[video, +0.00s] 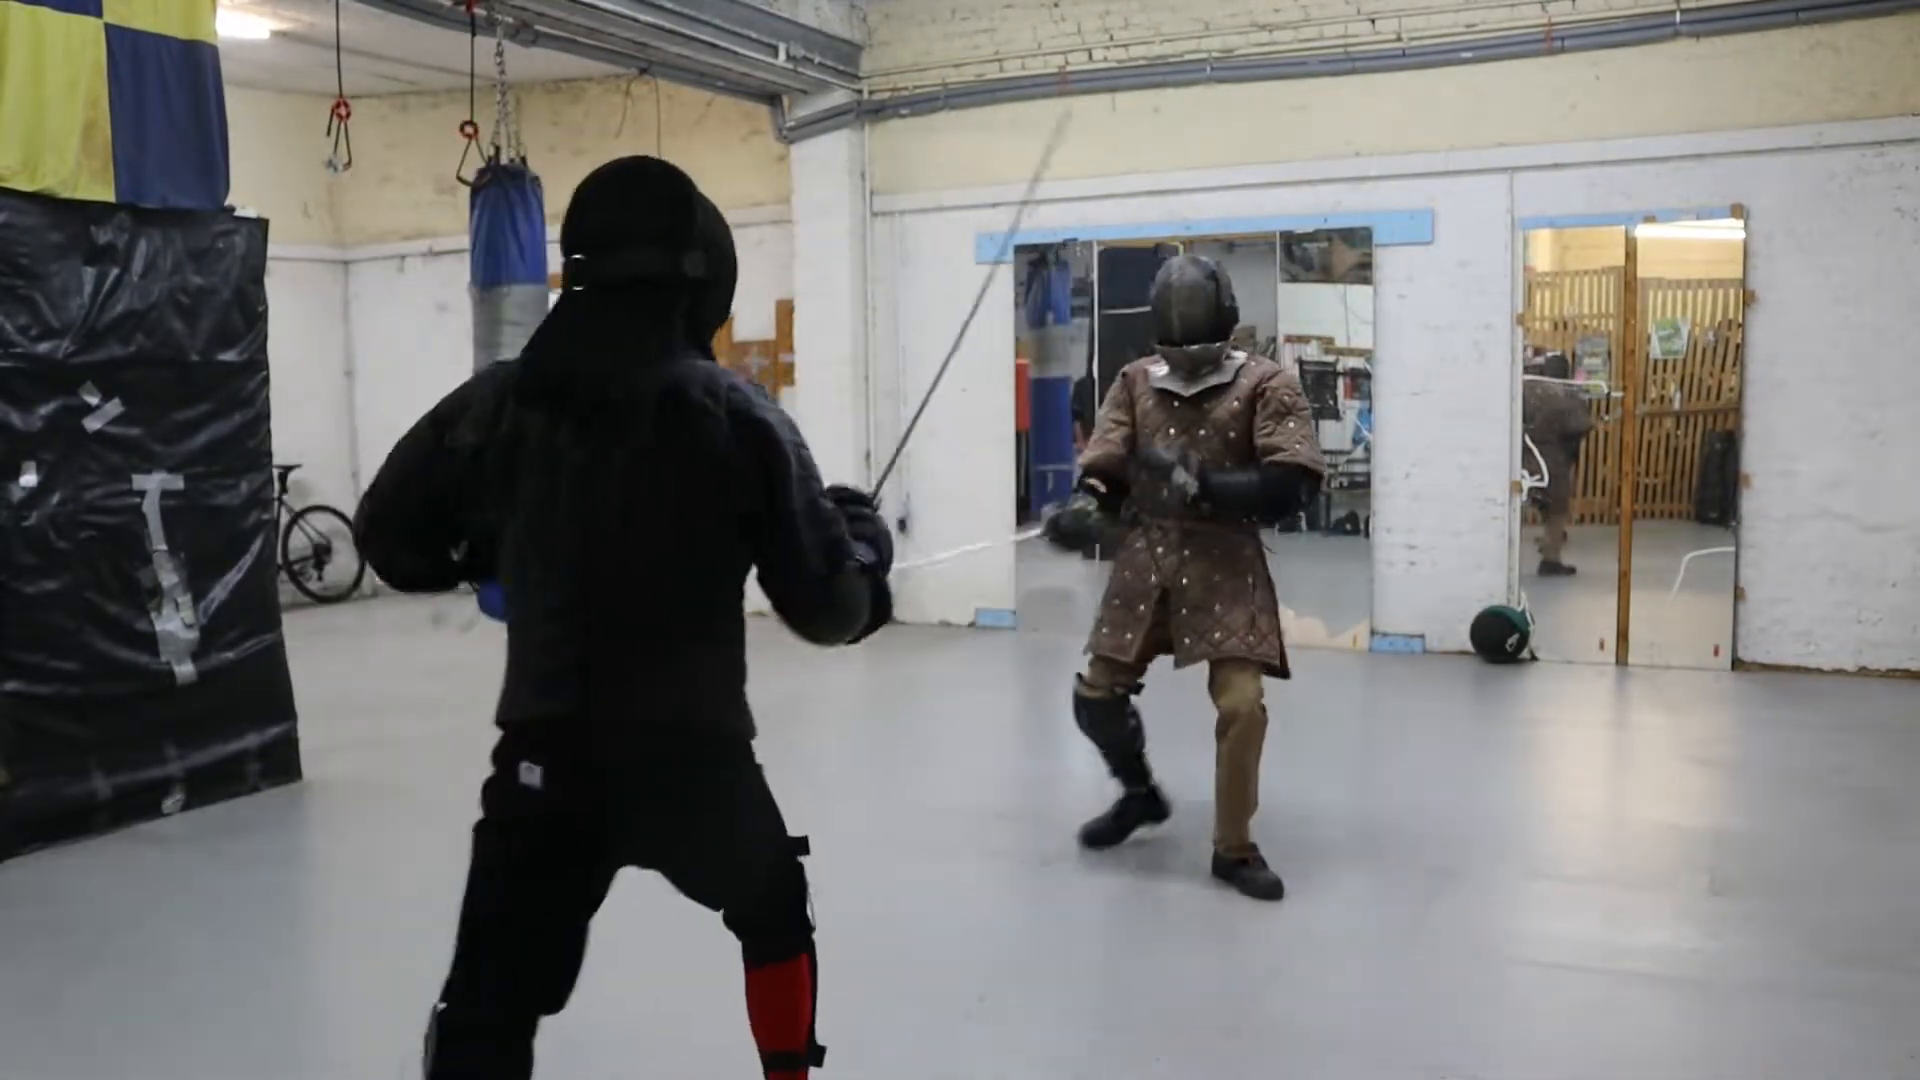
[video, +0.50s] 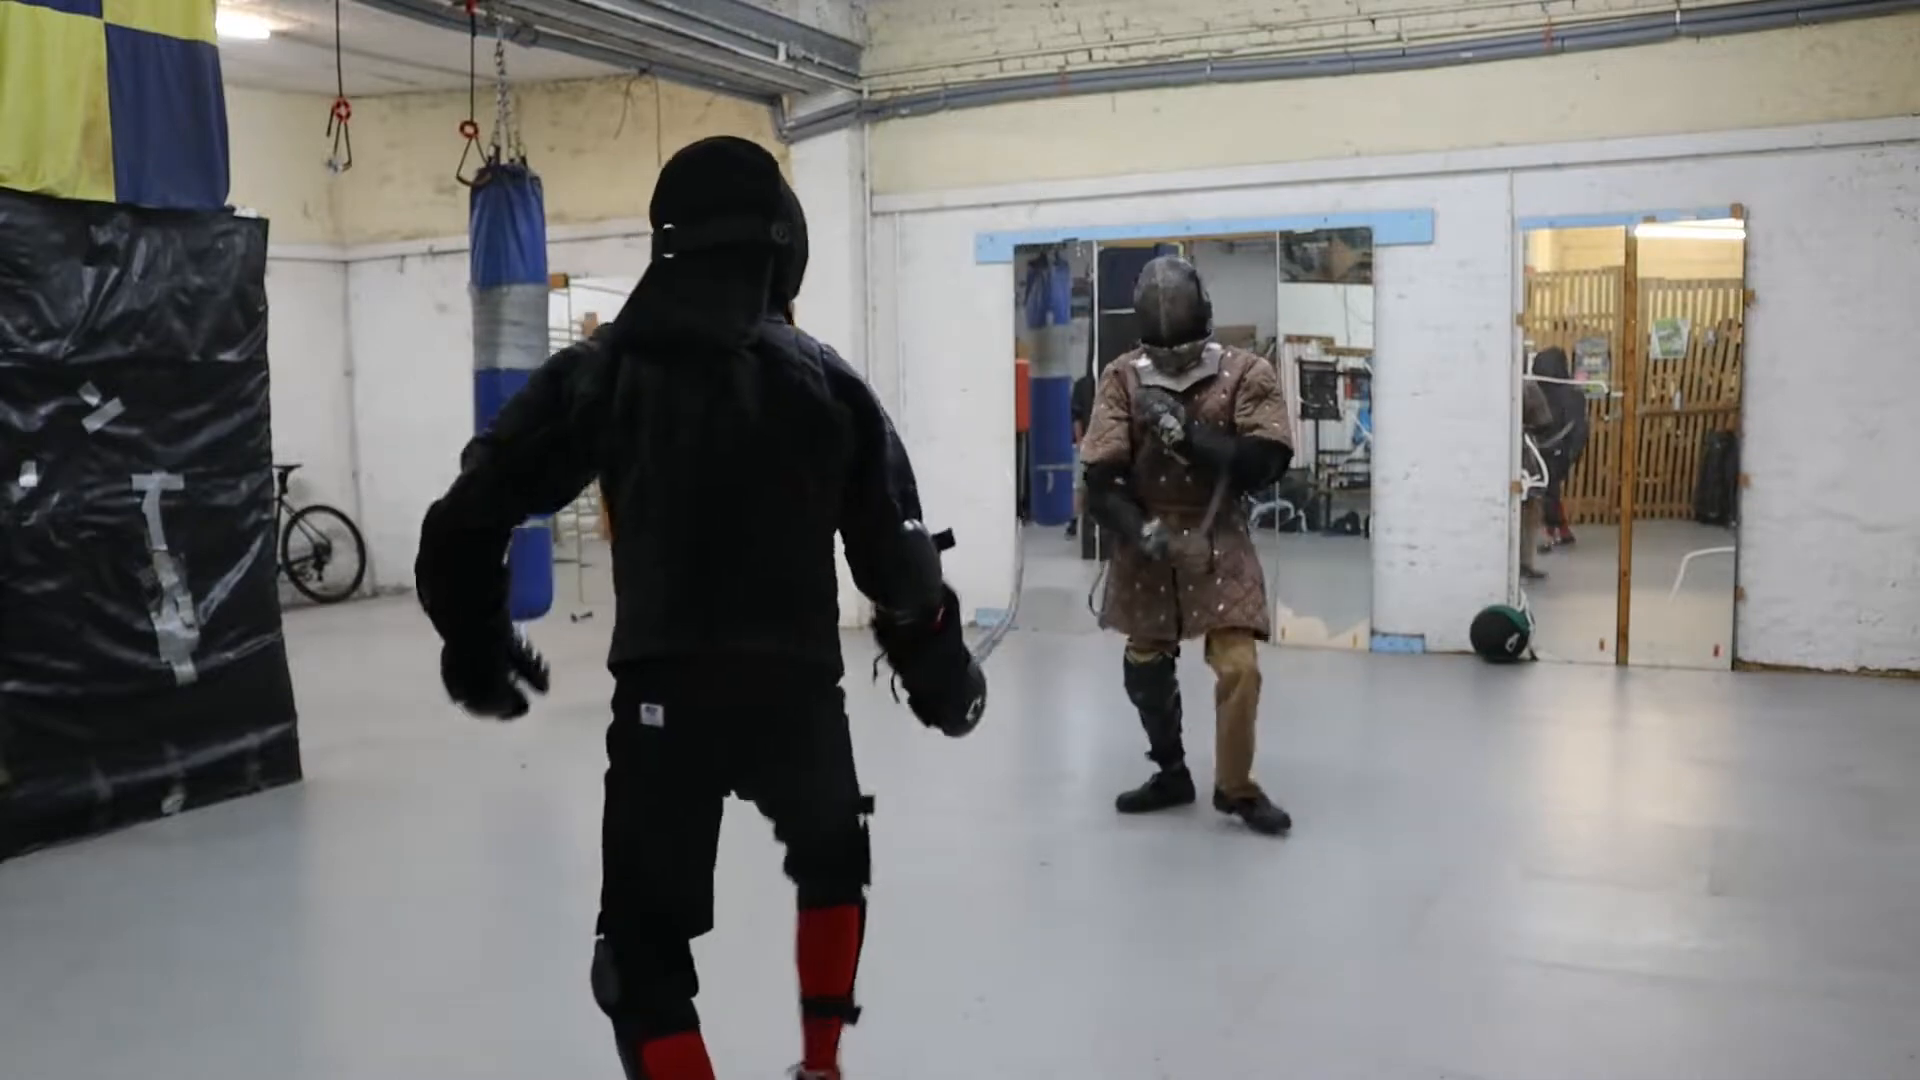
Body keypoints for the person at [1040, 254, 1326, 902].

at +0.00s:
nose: (1186, 347)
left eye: (1199, 333)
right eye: (1174, 334)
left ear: (1226, 322)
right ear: (1159, 326)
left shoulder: (1268, 383)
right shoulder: (1136, 381)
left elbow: (1294, 481)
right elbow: (1104, 462)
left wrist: (1208, 485)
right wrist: (1088, 503)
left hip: (1227, 565)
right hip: (1144, 561)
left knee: (1243, 704)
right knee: (1097, 698)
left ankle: (1234, 850)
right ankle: (1141, 795)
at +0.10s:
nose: (1180, 355)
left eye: (1192, 341)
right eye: (1167, 343)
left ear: (1215, 329)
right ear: (1150, 335)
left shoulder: (1259, 387)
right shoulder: (1129, 389)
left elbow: (1282, 480)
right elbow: (1102, 477)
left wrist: (1196, 460)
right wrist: (1130, 495)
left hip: (1222, 560)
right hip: (1145, 560)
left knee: (1238, 695)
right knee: (1127, 701)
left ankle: (1237, 847)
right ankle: (1174, 779)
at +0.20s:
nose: (1168, 360)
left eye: (1179, 347)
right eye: (1155, 348)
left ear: (1202, 335)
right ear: (1139, 341)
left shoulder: (1248, 390)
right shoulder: (1122, 394)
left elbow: (1273, 477)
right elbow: (1115, 488)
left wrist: (1205, 463)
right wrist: (1183, 489)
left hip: (1217, 559)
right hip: (1144, 563)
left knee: (1225, 686)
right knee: (1143, 695)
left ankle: (1234, 841)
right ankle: (1174, 777)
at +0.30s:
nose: (1164, 348)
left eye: (1174, 333)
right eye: (1151, 335)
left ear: (1197, 325)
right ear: (1135, 331)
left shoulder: (1245, 384)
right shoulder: (1119, 390)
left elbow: (1264, 473)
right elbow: (1118, 487)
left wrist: (1186, 444)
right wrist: (1181, 492)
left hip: (1217, 550)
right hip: (1143, 554)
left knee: (1226, 676)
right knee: (1137, 683)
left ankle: (1235, 827)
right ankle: (1172, 775)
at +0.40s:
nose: (1167, 357)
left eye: (1178, 345)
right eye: (1154, 347)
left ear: (1201, 325)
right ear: (1138, 333)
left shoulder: (1245, 378)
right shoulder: (1120, 381)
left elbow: (1263, 469)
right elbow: (1108, 474)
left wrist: (1185, 439)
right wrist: (1162, 511)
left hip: (1217, 546)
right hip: (1143, 548)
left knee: (1233, 666)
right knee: (1140, 673)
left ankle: (1240, 815)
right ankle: (1171, 773)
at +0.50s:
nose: (1169, 341)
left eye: (1180, 325)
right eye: (1156, 327)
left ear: (1203, 314)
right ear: (1141, 322)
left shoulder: (1247, 372)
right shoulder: (1120, 378)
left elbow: (1267, 460)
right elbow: (1100, 478)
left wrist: (1188, 434)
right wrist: (1139, 529)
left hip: (1220, 539)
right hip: (1146, 540)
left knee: (1239, 667)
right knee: (1145, 667)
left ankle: (1237, 789)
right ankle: (1171, 774)